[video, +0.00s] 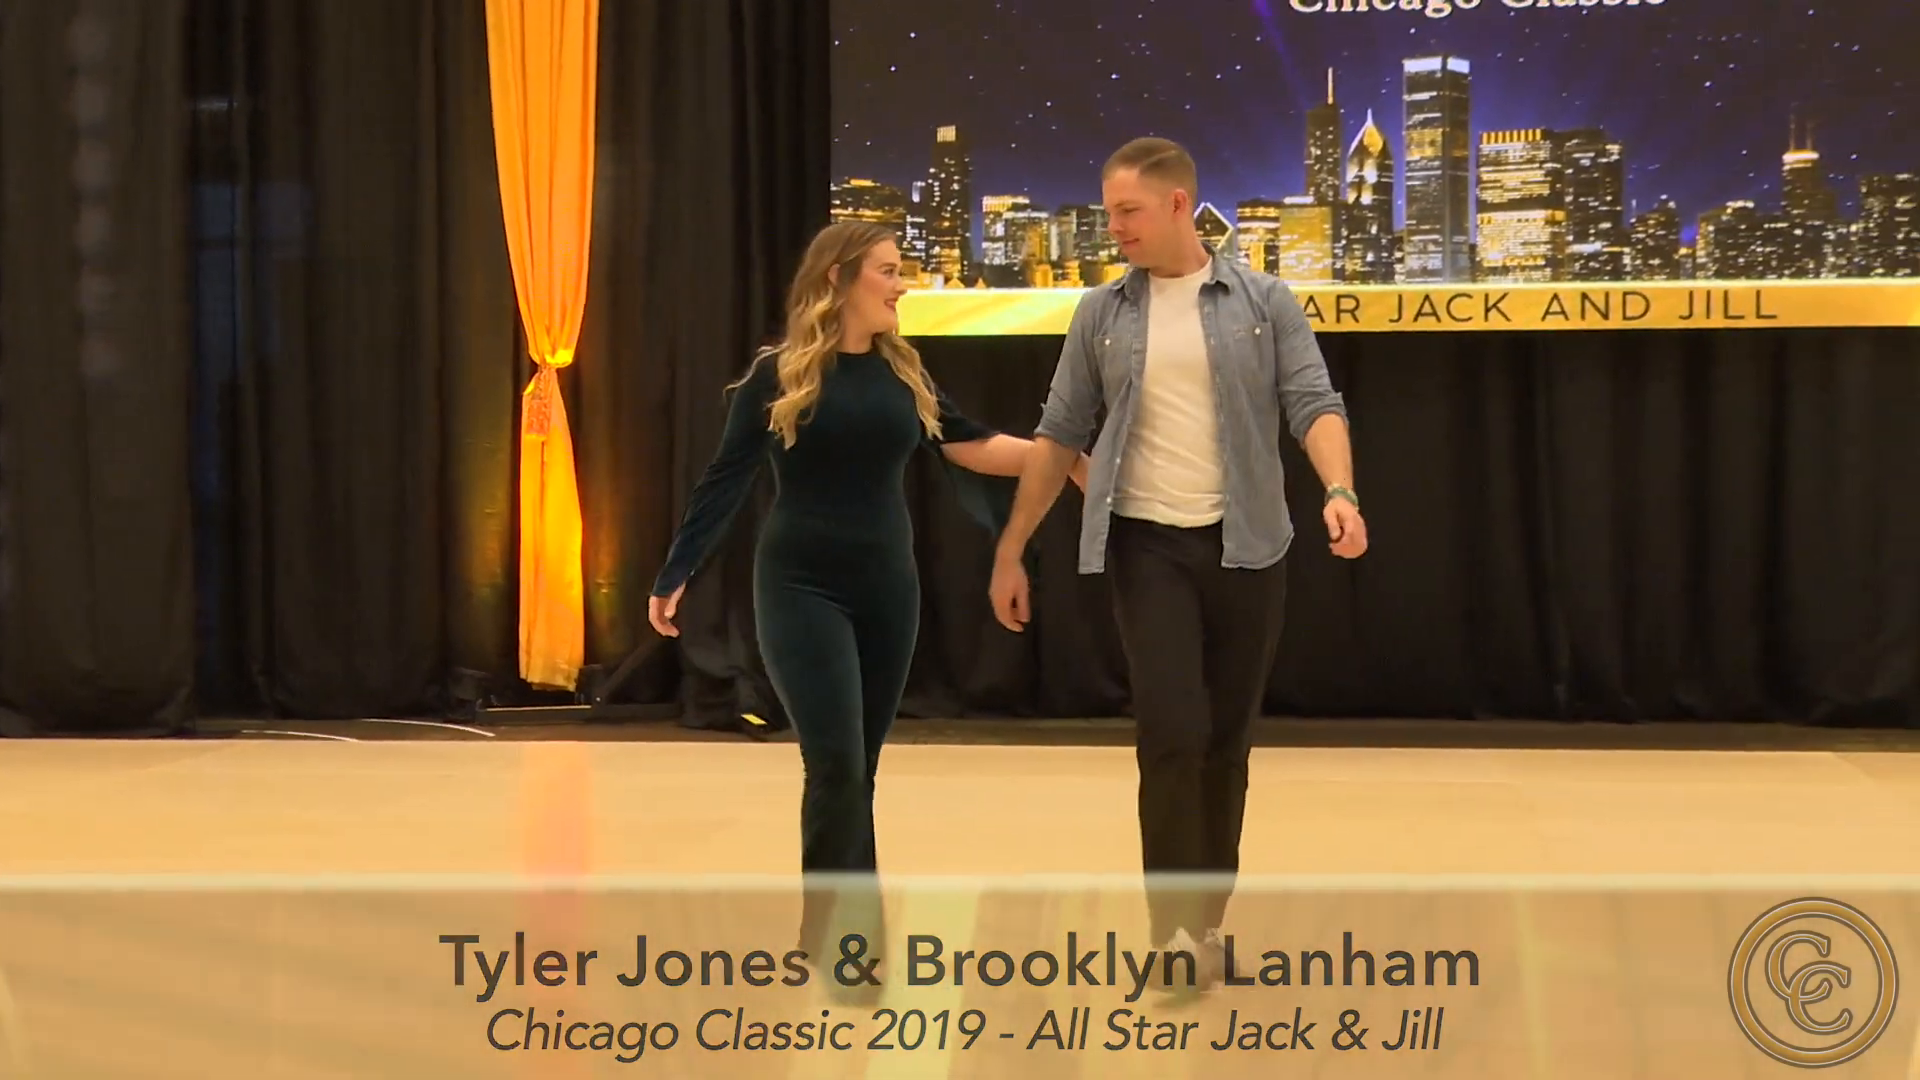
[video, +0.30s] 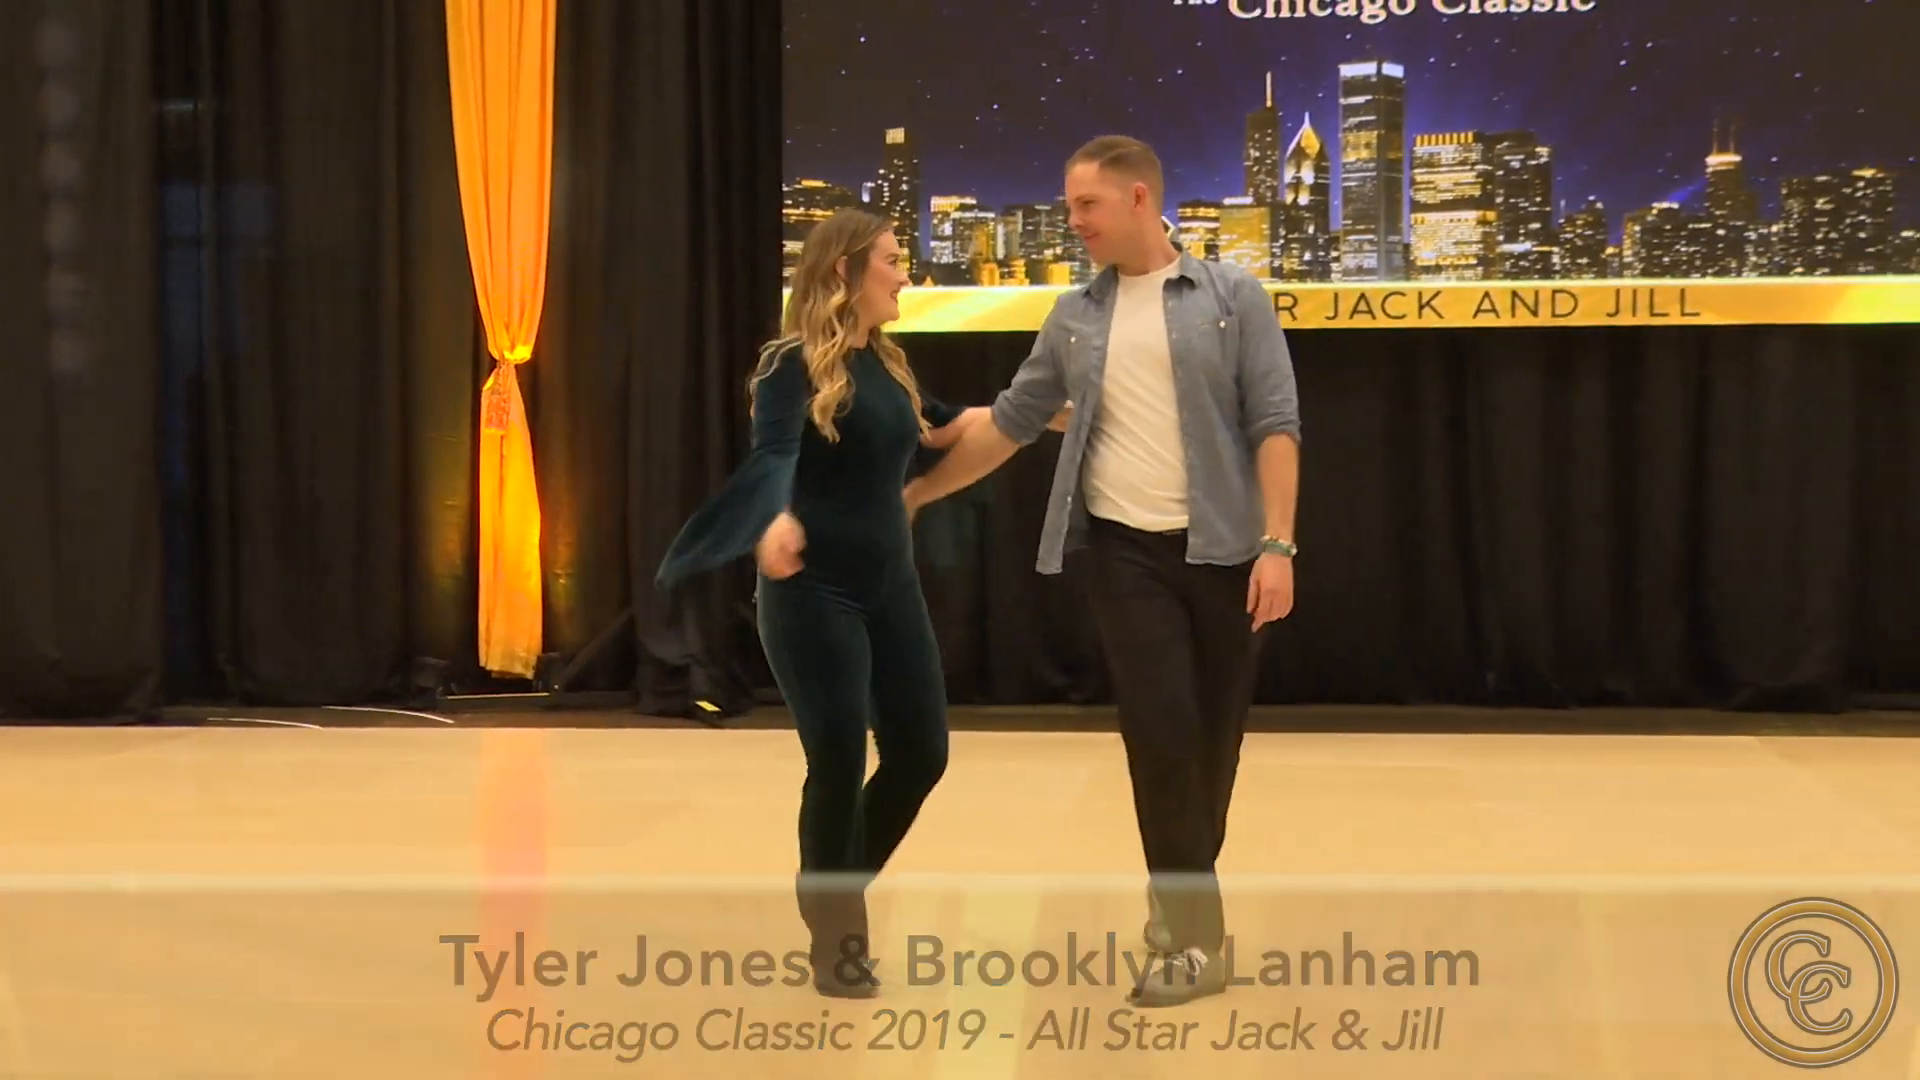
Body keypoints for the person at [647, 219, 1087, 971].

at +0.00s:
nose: (899, 285)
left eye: (899, 273)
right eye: (886, 272)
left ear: (880, 283)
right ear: (839, 279)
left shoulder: (903, 372)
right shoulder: (779, 371)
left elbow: (973, 443)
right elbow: (728, 477)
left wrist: (1064, 456)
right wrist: (678, 568)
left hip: (888, 588)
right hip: (799, 586)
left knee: (858, 768)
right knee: (836, 763)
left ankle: (838, 936)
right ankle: (841, 942)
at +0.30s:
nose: (904, 275)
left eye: (902, 262)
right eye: (892, 262)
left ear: (867, 273)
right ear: (846, 271)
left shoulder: (886, 364)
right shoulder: (793, 362)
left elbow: (928, 437)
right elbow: (773, 454)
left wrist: (1026, 418)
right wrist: (776, 516)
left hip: (892, 588)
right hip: (812, 589)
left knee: (918, 756)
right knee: (839, 759)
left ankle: (837, 896)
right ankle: (834, 938)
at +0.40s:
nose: (908, 267)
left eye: (903, 254)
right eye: (894, 254)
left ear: (868, 268)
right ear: (849, 267)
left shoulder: (886, 357)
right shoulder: (799, 355)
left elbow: (909, 451)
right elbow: (802, 449)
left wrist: (971, 418)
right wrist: (852, 474)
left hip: (893, 583)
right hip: (812, 587)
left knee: (929, 749)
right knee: (827, 760)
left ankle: (881, 928)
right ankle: (820, 941)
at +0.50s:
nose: (914, 264)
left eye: (910, 251)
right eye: (901, 251)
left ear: (875, 266)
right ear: (855, 264)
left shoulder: (897, 361)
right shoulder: (810, 355)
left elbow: (925, 474)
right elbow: (849, 448)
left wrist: (958, 431)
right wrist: (937, 430)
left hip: (903, 576)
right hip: (821, 578)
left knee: (919, 769)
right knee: (824, 763)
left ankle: (944, 954)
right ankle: (818, 948)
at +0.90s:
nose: (938, 260)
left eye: (934, 247)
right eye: (925, 247)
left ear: (883, 264)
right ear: (880, 262)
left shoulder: (913, 351)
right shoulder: (864, 346)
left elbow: (963, 470)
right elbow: (936, 425)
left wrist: (1025, 375)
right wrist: (1025, 356)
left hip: (939, 575)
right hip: (872, 578)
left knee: (936, 768)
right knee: (886, 765)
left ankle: (920, 953)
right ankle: (821, 956)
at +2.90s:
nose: (952, 281)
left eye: (950, 269)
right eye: (941, 270)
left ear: (911, 282)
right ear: (903, 282)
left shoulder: (905, 356)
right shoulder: (898, 363)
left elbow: (956, 413)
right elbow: (976, 447)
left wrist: (1003, 362)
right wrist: (1010, 378)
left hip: (892, 558)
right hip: (906, 563)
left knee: (894, 723)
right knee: (937, 715)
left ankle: (897, 887)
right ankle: (904, 903)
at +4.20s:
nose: (960, 276)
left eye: (959, 265)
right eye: (946, 264)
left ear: (926, 279)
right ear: (901, 273)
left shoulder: (914, 356)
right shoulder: (882, 352)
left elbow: (950, 452)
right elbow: (955, 428)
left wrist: (1013, 422)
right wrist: (1017, 366)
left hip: (905, 565)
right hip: (873, 568)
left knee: (937, 711)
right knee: (899, 729)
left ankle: (916, 889)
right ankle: (871, 910)